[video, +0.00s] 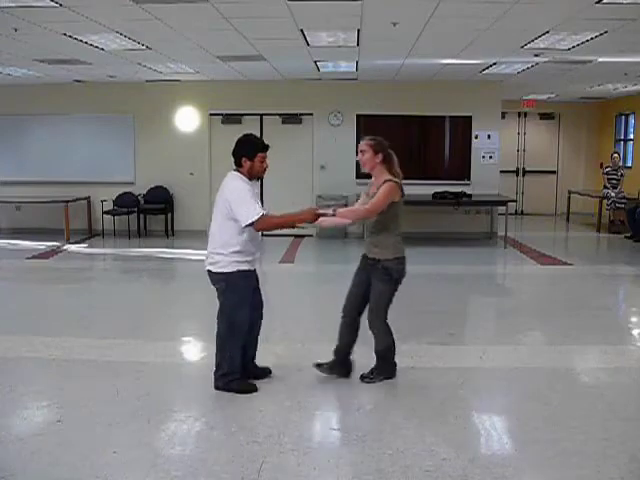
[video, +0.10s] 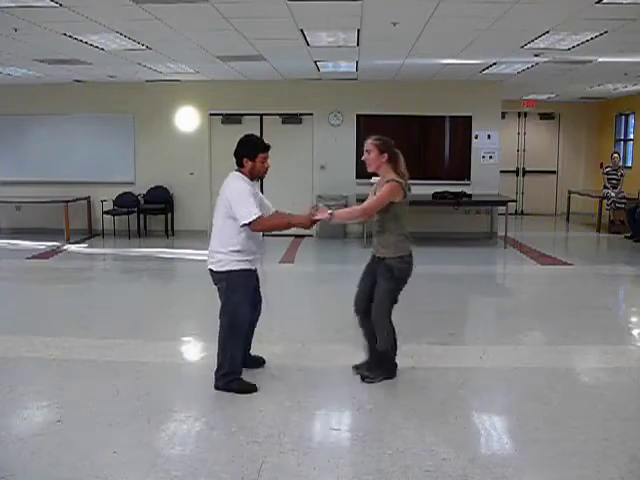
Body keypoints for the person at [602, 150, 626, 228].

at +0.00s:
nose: (615, 160)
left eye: (616, 158)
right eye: (613, 158)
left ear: (619, 160)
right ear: (611, 160)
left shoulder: (621, 170)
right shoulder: (606, 169)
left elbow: (621, 182)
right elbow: (605, 182)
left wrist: (618, 190)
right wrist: (611, 189)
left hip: (617, 188)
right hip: (608, 188)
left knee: (622, 196)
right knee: (611, 196)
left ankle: (621, 217)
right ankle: (611, 216)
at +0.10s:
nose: (615, 160)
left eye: (616, 158)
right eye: (613, 158)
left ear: (619, 160)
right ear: (611, 160)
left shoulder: (621, 170)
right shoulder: (606, 169)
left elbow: (621, 182)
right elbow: (605, 182)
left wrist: (618, 190)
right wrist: (611, 189)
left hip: (617, 188)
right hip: (608, 188)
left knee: (622, 196)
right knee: (611, 196)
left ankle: (621, 217)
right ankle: (611, 216)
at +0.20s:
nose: (615, 160)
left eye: (616, 158)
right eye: (613, 158)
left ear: (619, 160)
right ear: (611, 160)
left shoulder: (621, 170)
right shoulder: (606, 169)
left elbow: (621, 183)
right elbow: (605, 182)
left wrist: (617, 190)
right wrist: (611, 189)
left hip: (617, 188)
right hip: (608, 188)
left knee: (622, 196)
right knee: (611, 196)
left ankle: (621, 216)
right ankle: (611, 216)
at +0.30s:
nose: (615, 160)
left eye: (616, 158)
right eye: (613, 158)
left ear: (619, 160)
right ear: (611, 160)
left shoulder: (621, 170)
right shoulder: (606, 169)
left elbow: (621, 182)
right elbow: (605, 182)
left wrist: (618, 190)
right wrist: (611, 189)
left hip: (617, 188)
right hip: (608, 188)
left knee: (622, 196)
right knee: (611, 196)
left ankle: (621, 217)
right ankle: (611, 216)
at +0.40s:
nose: (615, 160)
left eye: (616, 158)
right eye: (613, 158)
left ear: (619, 160)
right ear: (611, 160)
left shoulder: (621, 170)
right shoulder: (606, 169)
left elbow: (621, 182)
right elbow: (605, 182)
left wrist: (618, 190)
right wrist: (611, 189)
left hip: (617, 188)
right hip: (608, 188)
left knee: (622, 196)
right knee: (611, 196)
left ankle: (621, 217)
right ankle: (611, 216)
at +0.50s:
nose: (615, 160)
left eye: (616, 158)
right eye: (613, 158)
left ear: (619, 160)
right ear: (611, 160)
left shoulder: (621, 170)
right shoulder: (606, 169)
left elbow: (621, 183)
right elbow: (605, 182)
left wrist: (617, 190)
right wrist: (611, 189)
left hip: (617, 188)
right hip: (608, 188)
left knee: (622, 196)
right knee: (611, 196)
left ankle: (621, 216)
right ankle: (611, 216)